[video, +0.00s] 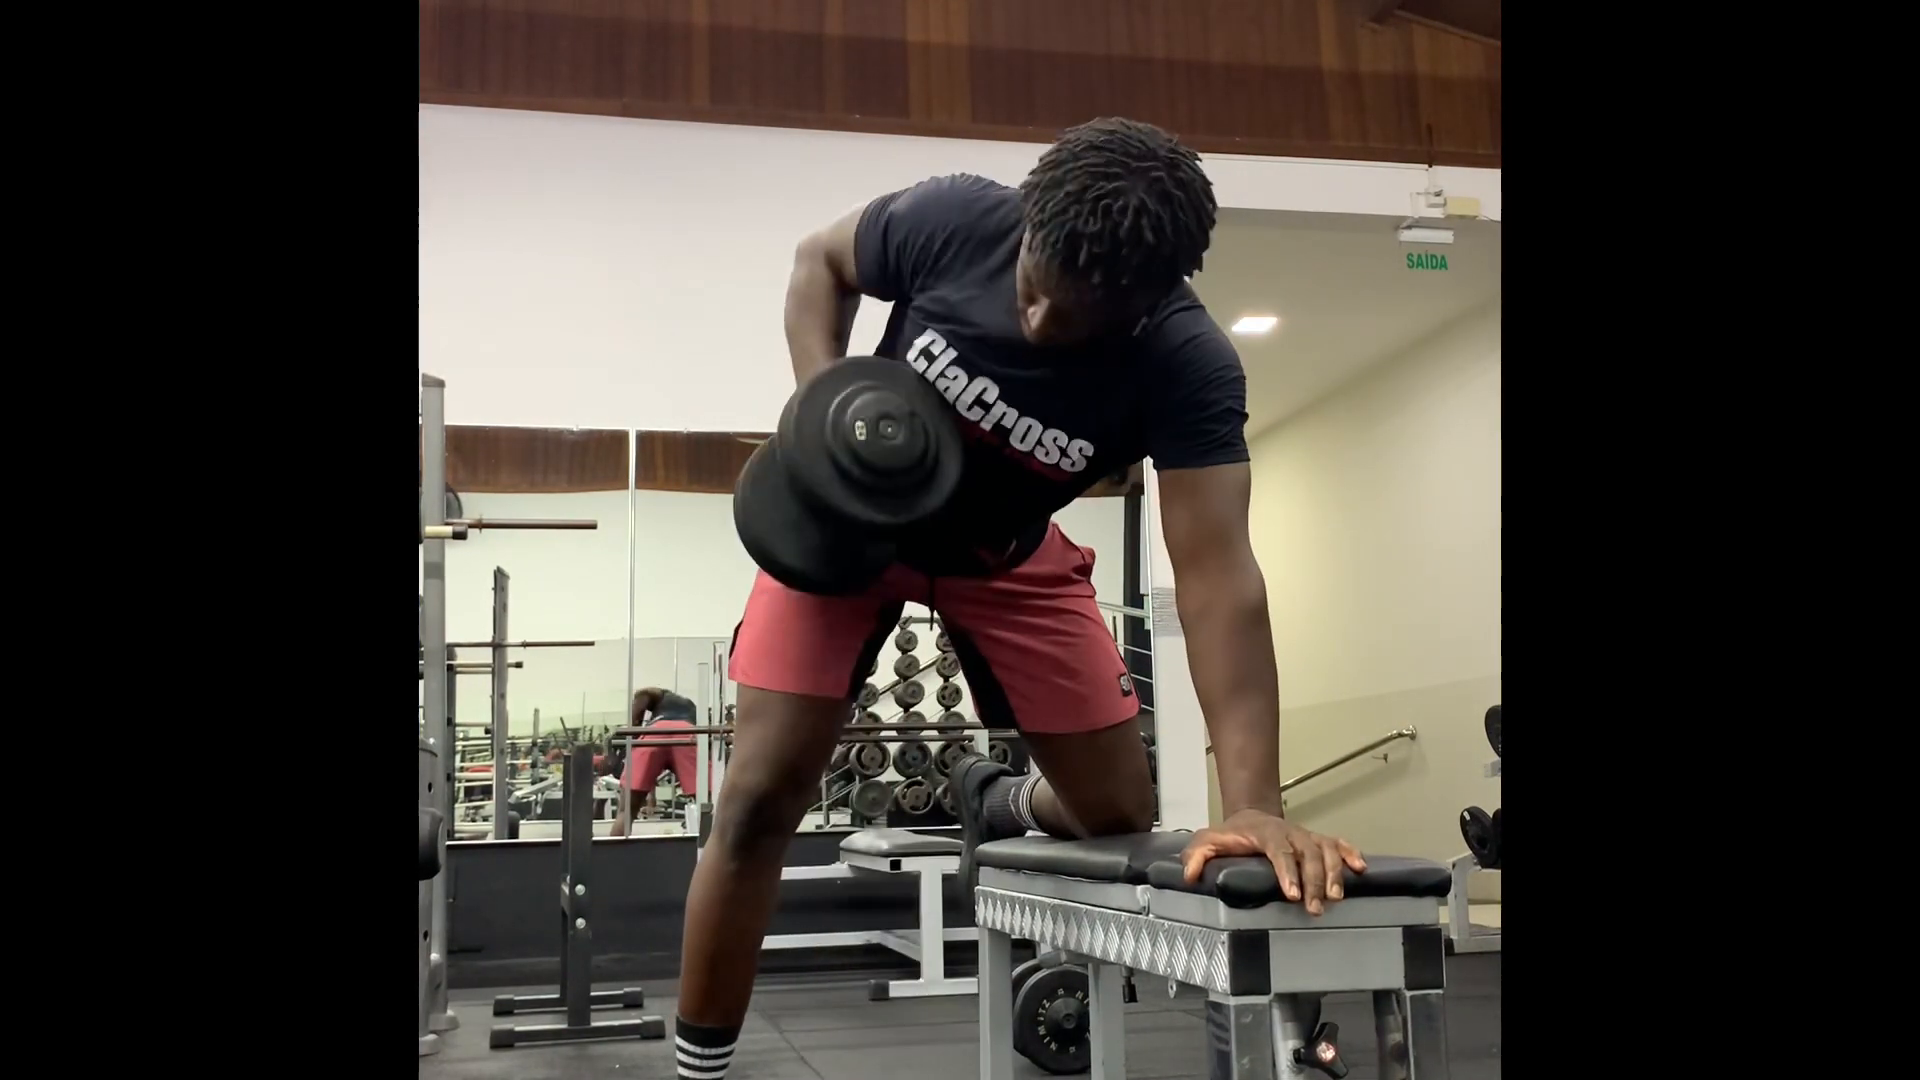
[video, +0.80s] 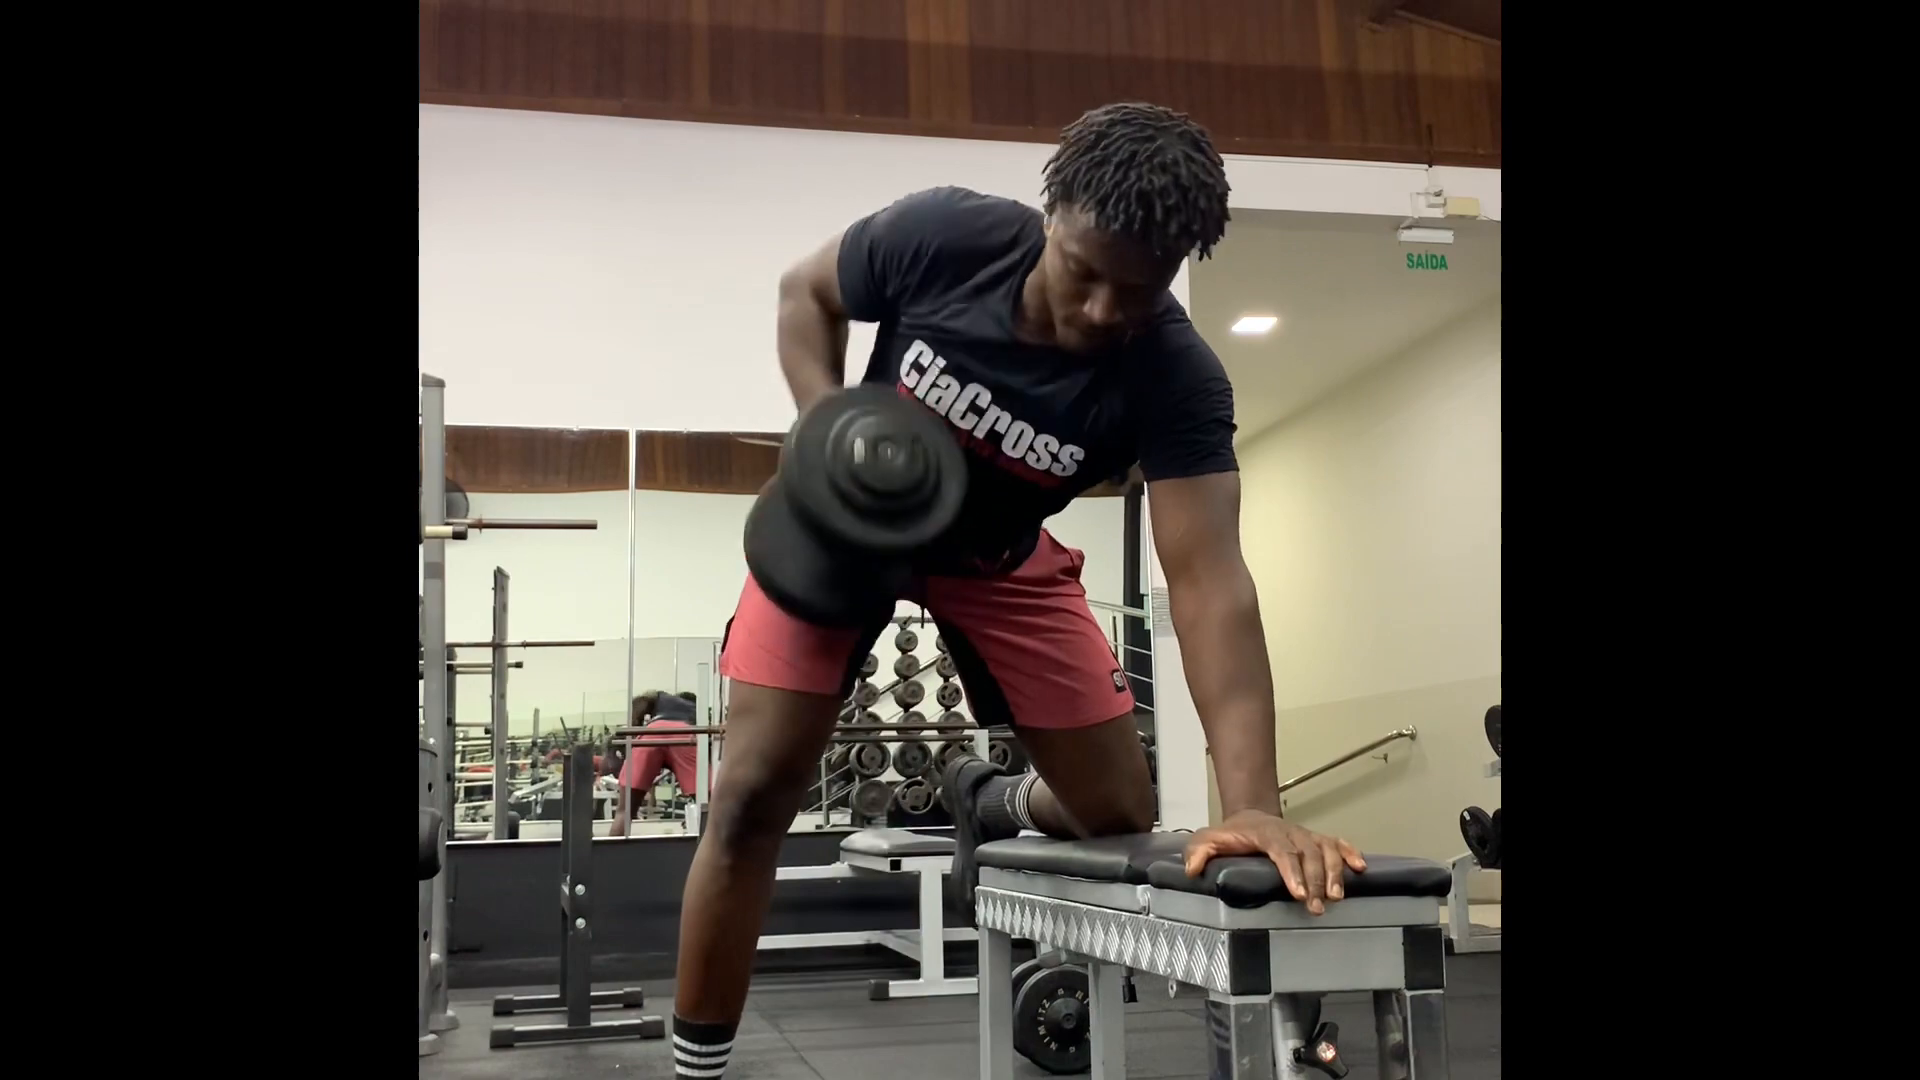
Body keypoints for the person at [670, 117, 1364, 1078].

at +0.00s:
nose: (1041, 322)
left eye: (1077, 313)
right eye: (1034, 287)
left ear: (1146, 302)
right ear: (1028, 225)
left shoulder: (1187, 366)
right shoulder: (954, 221)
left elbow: (1220, 579)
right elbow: (820, 262)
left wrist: (1254, 808)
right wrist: (823, 397)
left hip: (1015, 552)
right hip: (858, 515)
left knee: (1118, 812)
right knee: (757, 801)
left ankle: (997, 802)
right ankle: (697, 1071)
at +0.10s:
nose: (1056, 343)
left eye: (1091, 331)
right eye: (1045, 307)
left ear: (1152, 311)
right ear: (1030, 242)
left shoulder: (1183, 366)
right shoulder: (944, 254)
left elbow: (1218, 573)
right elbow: (796, 334)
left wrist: (1255, 806)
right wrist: (820, 510)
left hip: (1022, 560)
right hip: (866, 523)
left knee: (1118, 814)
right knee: (755, 807)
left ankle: (996, 799)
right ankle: (698, 1072)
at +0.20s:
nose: (1056, 388)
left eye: (1091, 367)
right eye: (1038, 353)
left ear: (1139, 334)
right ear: (1004, 289)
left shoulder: (1163, 373)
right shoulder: (897, 339)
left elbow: (1203, 574)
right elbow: (799, 515)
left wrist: (1252, 804)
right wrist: (838, 724)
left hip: (1027, 566)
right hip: (857, 540)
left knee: (1121, 815)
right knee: (749, 801)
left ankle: (995, 796)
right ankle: (696, 1074)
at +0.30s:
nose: (1044, 445)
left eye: (1071, 422)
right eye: (1018, 418)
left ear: (1112, 377)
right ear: (973, 360)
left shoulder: (1136, 382)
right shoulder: (878, 439)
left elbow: (1188, 575)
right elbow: (832, 679)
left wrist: (1250, 803)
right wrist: (866, 919)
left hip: (1020, 563)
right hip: (843, 553)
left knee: (1122, 816)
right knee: (744, 797)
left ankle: (1012, 799)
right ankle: (696, 1070)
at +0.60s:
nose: (1028, 432)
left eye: (1058, 411)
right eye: (1006, 400)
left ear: (1101, 379)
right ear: (965, 342)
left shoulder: (1126, 394)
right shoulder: (866, 433)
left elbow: (1191, 587)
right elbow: (834, 683)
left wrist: (1250, 806)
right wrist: (871, 921)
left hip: (1013, 563)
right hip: (839, 552)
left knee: (1121, 815)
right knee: (741, 794)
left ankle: (1002, 797)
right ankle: (695, 1072)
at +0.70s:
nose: (1064, 322)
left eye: (1098, 302)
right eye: (1045, 286)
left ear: (1141, 282)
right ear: (1017, 231)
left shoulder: (1160, 376)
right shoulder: (903, 287)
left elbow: (1202, 579)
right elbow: (785, 451)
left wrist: (1252, 806)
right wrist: (832, 627)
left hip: (1008, 573)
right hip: (843, 545)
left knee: (1120, 818)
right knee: (742, 798)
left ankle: (996, 797)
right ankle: (693, 1073)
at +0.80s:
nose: (1104, 312)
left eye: (1140, 291)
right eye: (1083, 276)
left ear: (1181, 265)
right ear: (1049, 215)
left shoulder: (1178, 381)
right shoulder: (945, 237)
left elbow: (1210, 578)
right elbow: (806, 293)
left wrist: (1253, 809)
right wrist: (830, 433)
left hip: (1004, 555)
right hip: (857, 512)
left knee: (1118, 810)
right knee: (749, 798)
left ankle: (991, 802)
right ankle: (696, 1073)